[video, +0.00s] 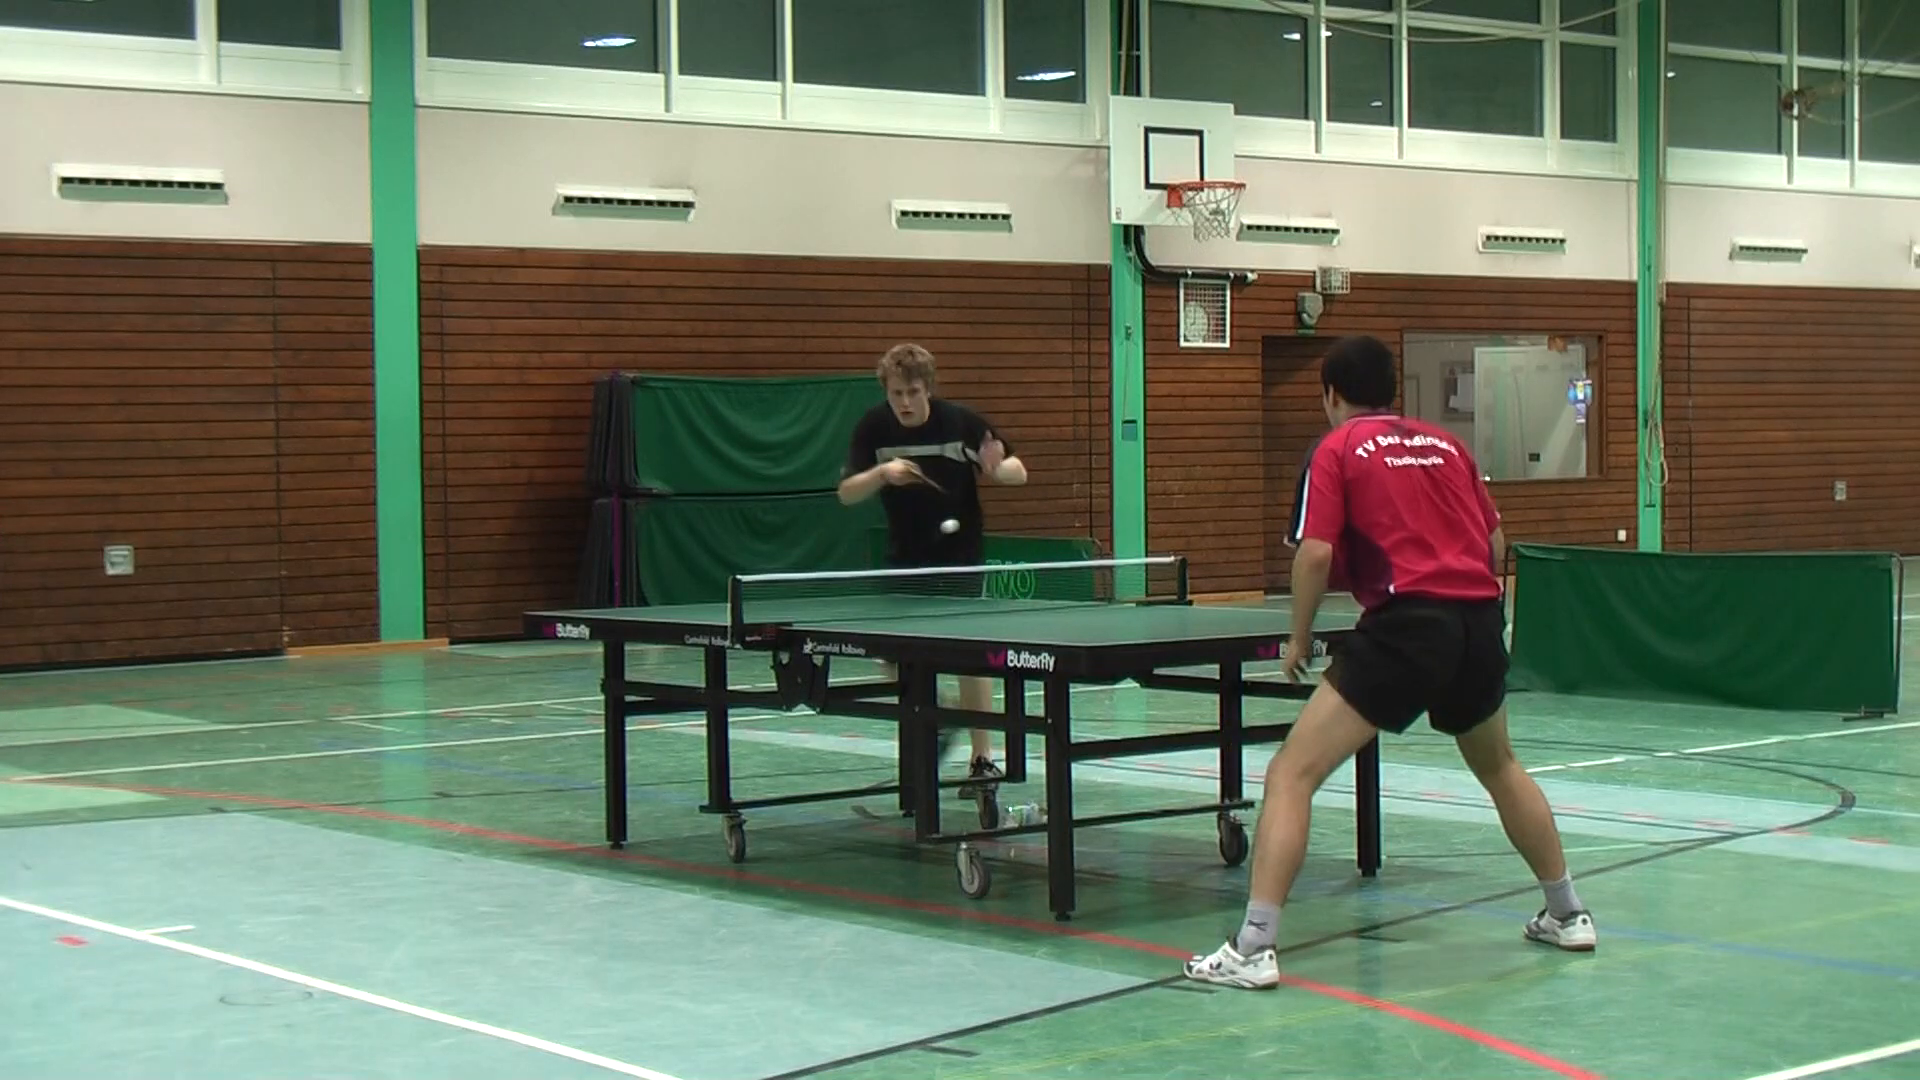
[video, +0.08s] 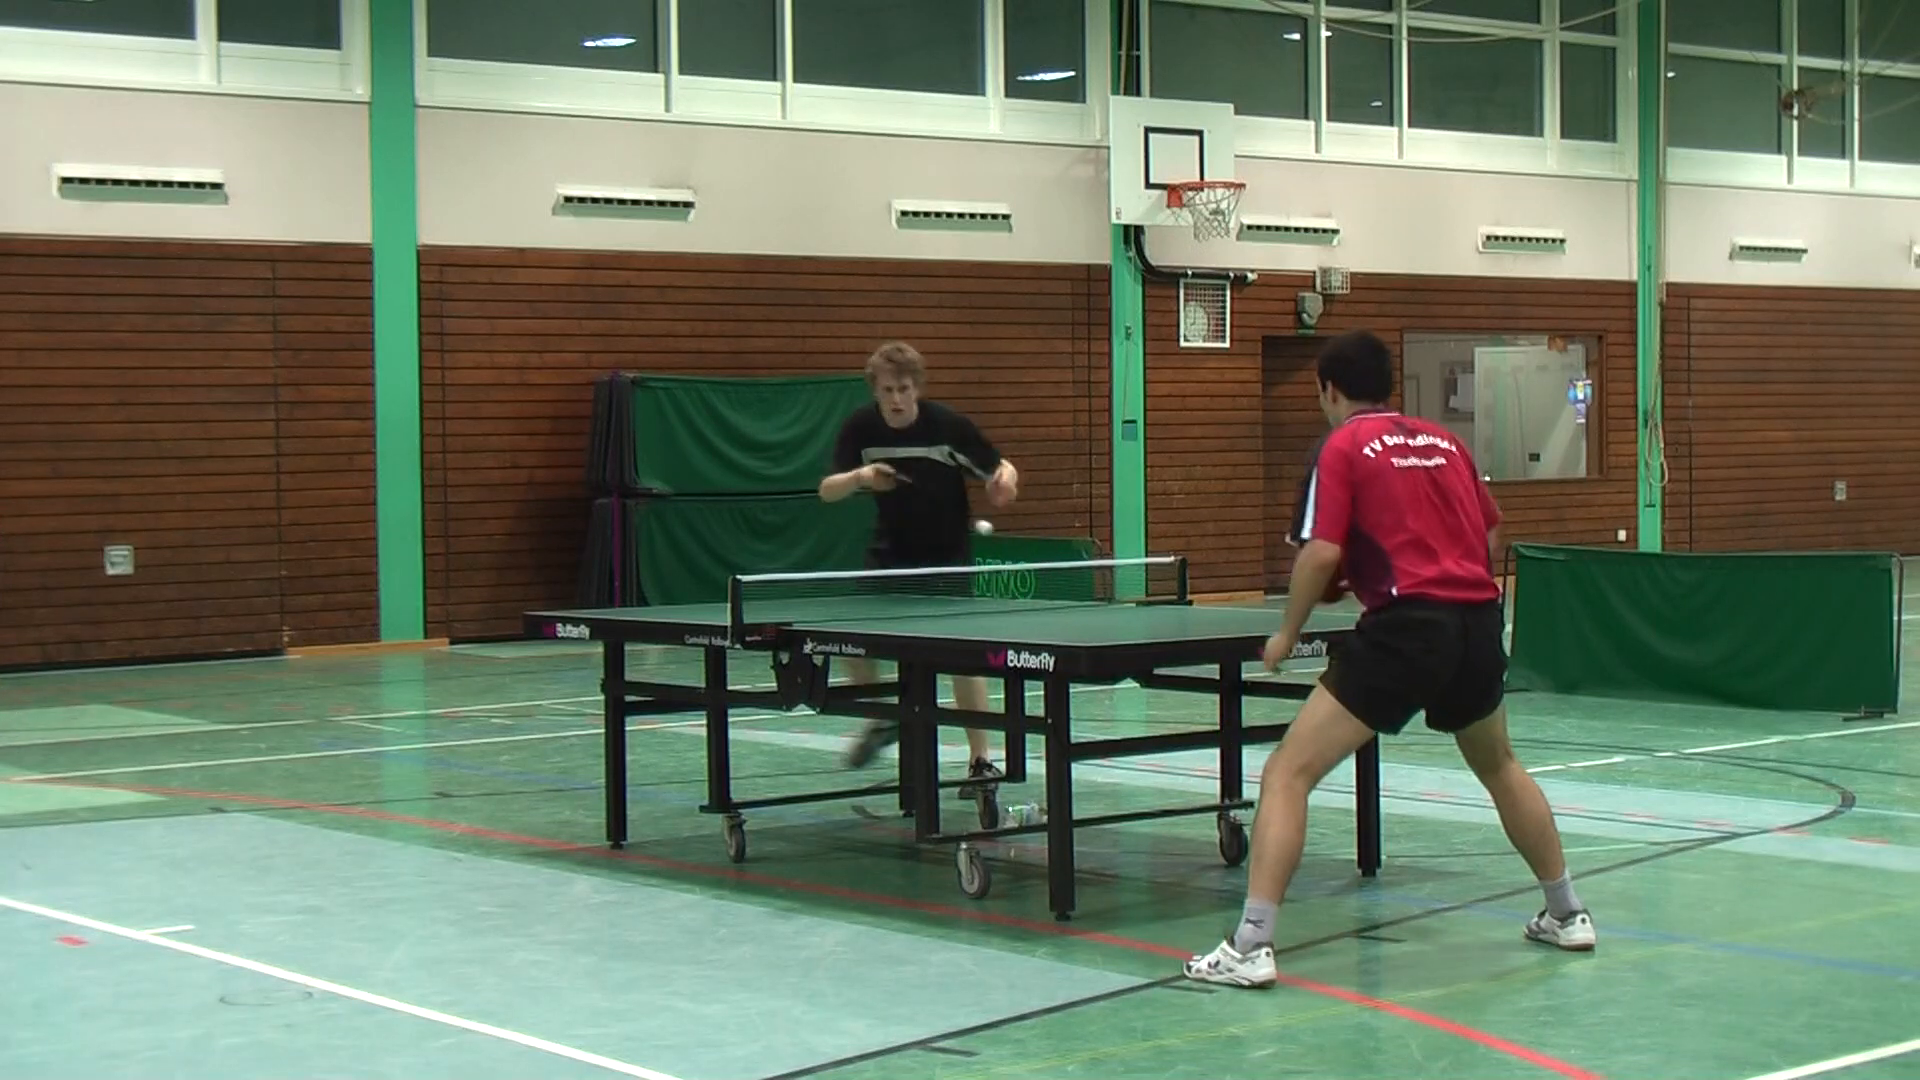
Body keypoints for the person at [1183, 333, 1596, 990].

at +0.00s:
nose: (1323, 406)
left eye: (1323, 397)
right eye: (1325, 397)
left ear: (1335, 396)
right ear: (1389, 393)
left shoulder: (1336, 449)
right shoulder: (1446, 442)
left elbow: (1316, 553)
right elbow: (1492, 542)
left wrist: (1299, 640)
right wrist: (1476, 619)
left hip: (1405, 627)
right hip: (1480, 627)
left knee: (1294, 773)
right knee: (1501, 766)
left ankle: (1253, 945)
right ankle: (1568, 913)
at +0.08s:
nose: (1320, 403)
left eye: (1319, 392)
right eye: (1322, 392)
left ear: (1331, 390)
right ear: (1386, 389)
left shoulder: (1343, 445)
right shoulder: (1445, 440)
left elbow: (1324, 553)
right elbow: (1490, 538)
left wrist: (1286, 634)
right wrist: (1467, 609)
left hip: (1404, 628)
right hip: (1479, 627)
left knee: (1290, 772)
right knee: (1500, 766)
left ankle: (1251, 943)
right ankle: (1567, 912)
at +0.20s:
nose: (1295, 411)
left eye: (1292, 398)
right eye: (1292, 400)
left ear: (1309, 391)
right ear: (1356, 385)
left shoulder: (1352, 442)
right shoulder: (1402, 435)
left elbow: (1352, 554)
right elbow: (1419, 541)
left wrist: (1287, 639)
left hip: (1412, 635)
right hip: (1475, 628)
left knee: (1288, 769)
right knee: (1484, 765)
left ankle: (1251, 945)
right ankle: (1566, 910)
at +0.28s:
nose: (1265, 402)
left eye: (1266, 388)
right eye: (1266, 389)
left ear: (1286, 389)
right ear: (1320, 384)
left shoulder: (1353, 436)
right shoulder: (1340, 448)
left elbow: (1375, 535)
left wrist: (1306, 628)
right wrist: (1248, 620)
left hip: (1411, 636)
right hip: (1457, 629)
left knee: (1283, 768)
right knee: (1474, 770)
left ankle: (1251, 947)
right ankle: (1564, 907)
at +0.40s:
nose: (1242, 393)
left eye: (1243, 378)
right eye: (1241, 379)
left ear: (1267, 373)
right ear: (1292, 373)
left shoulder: (1346, 420)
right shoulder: (1285, 464)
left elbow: (1398, 488)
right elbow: (1236, 555)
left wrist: (1361, 553)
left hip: (1392, 623)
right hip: (1424, 620)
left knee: (1275, 764)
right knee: (1452, 774)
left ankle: (1249, 948)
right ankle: (1544, 907)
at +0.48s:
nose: (1239, 376)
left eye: (1243, 362)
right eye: (1242, 362)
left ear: (1264, 361)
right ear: (1289, 361)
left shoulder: (1339, 407)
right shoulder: (1275, 455)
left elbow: (1408, 458)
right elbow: (1207, 523)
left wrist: (1393, 500)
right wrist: (1103, 535)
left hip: (1382, 616)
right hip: (1415, 614)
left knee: (1274, 761)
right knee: (1429, 773)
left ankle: (1248, 948)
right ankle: (1525, 914)